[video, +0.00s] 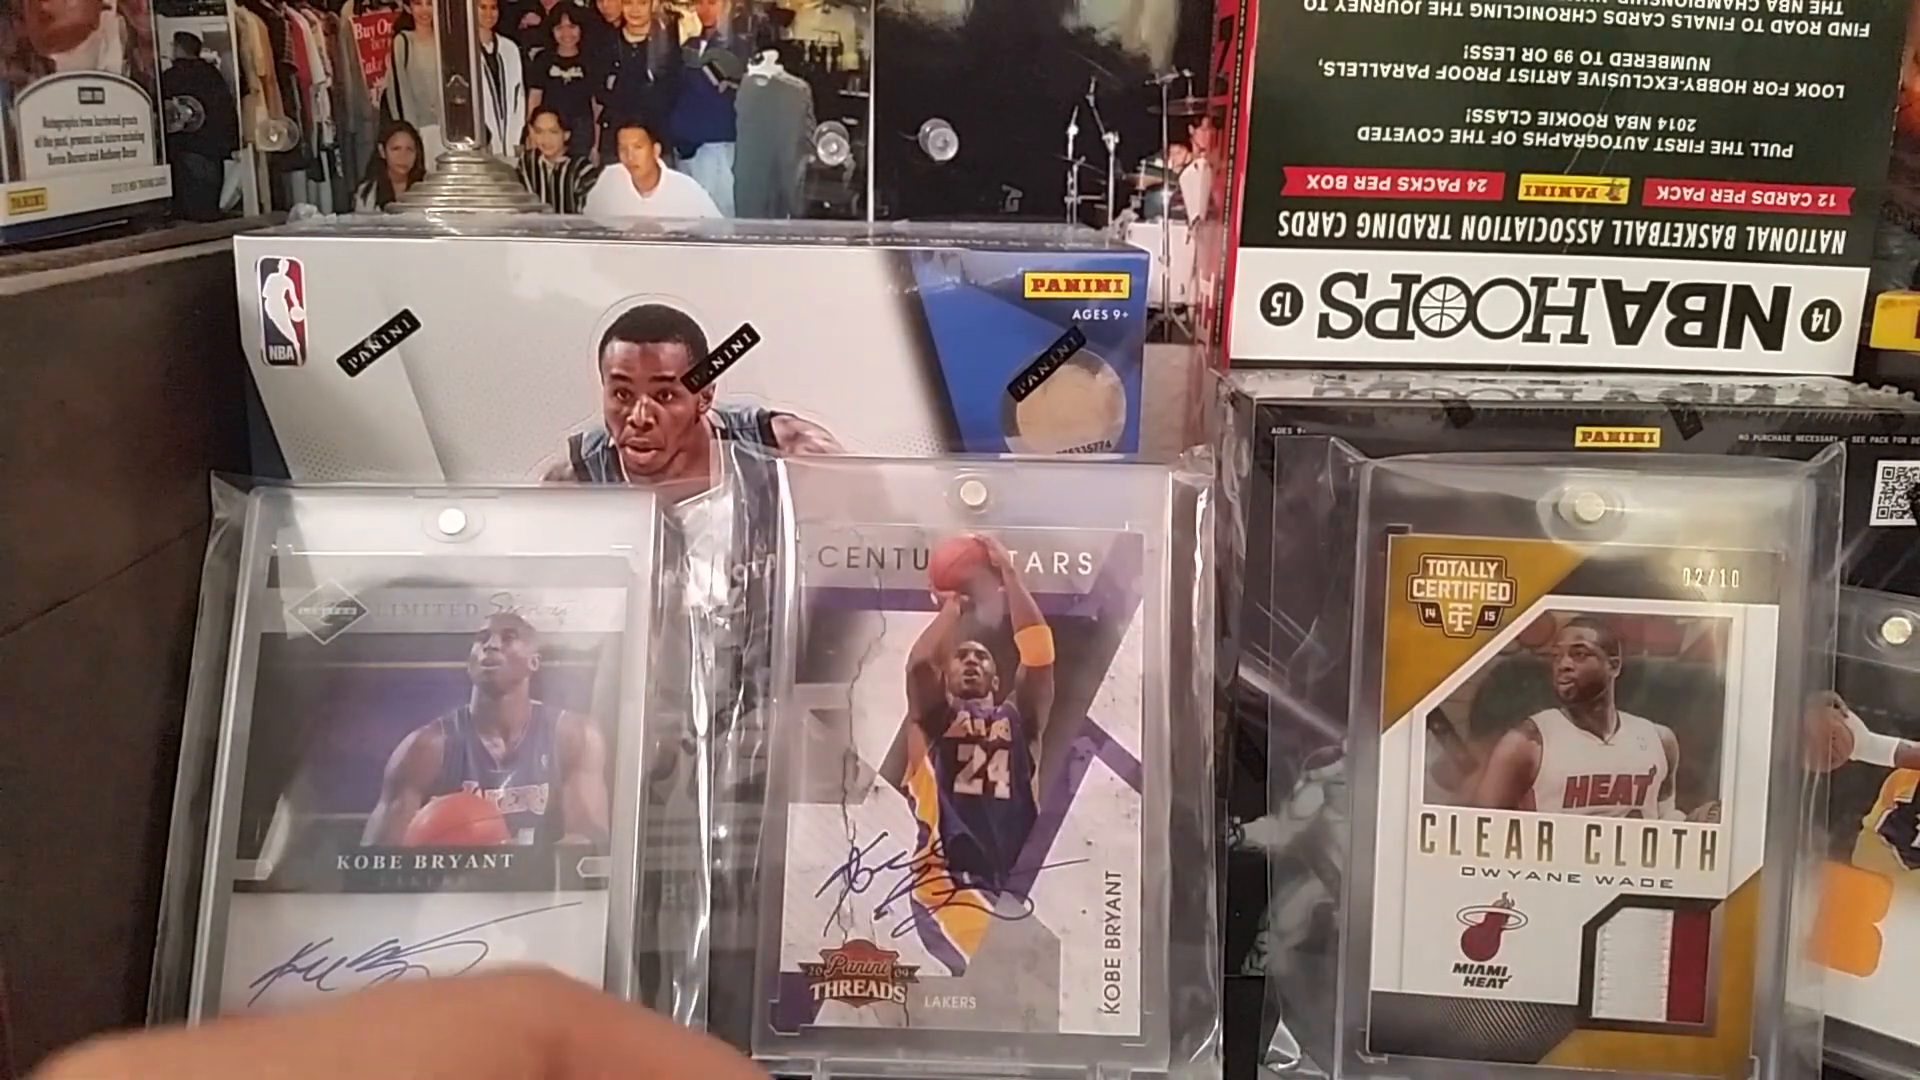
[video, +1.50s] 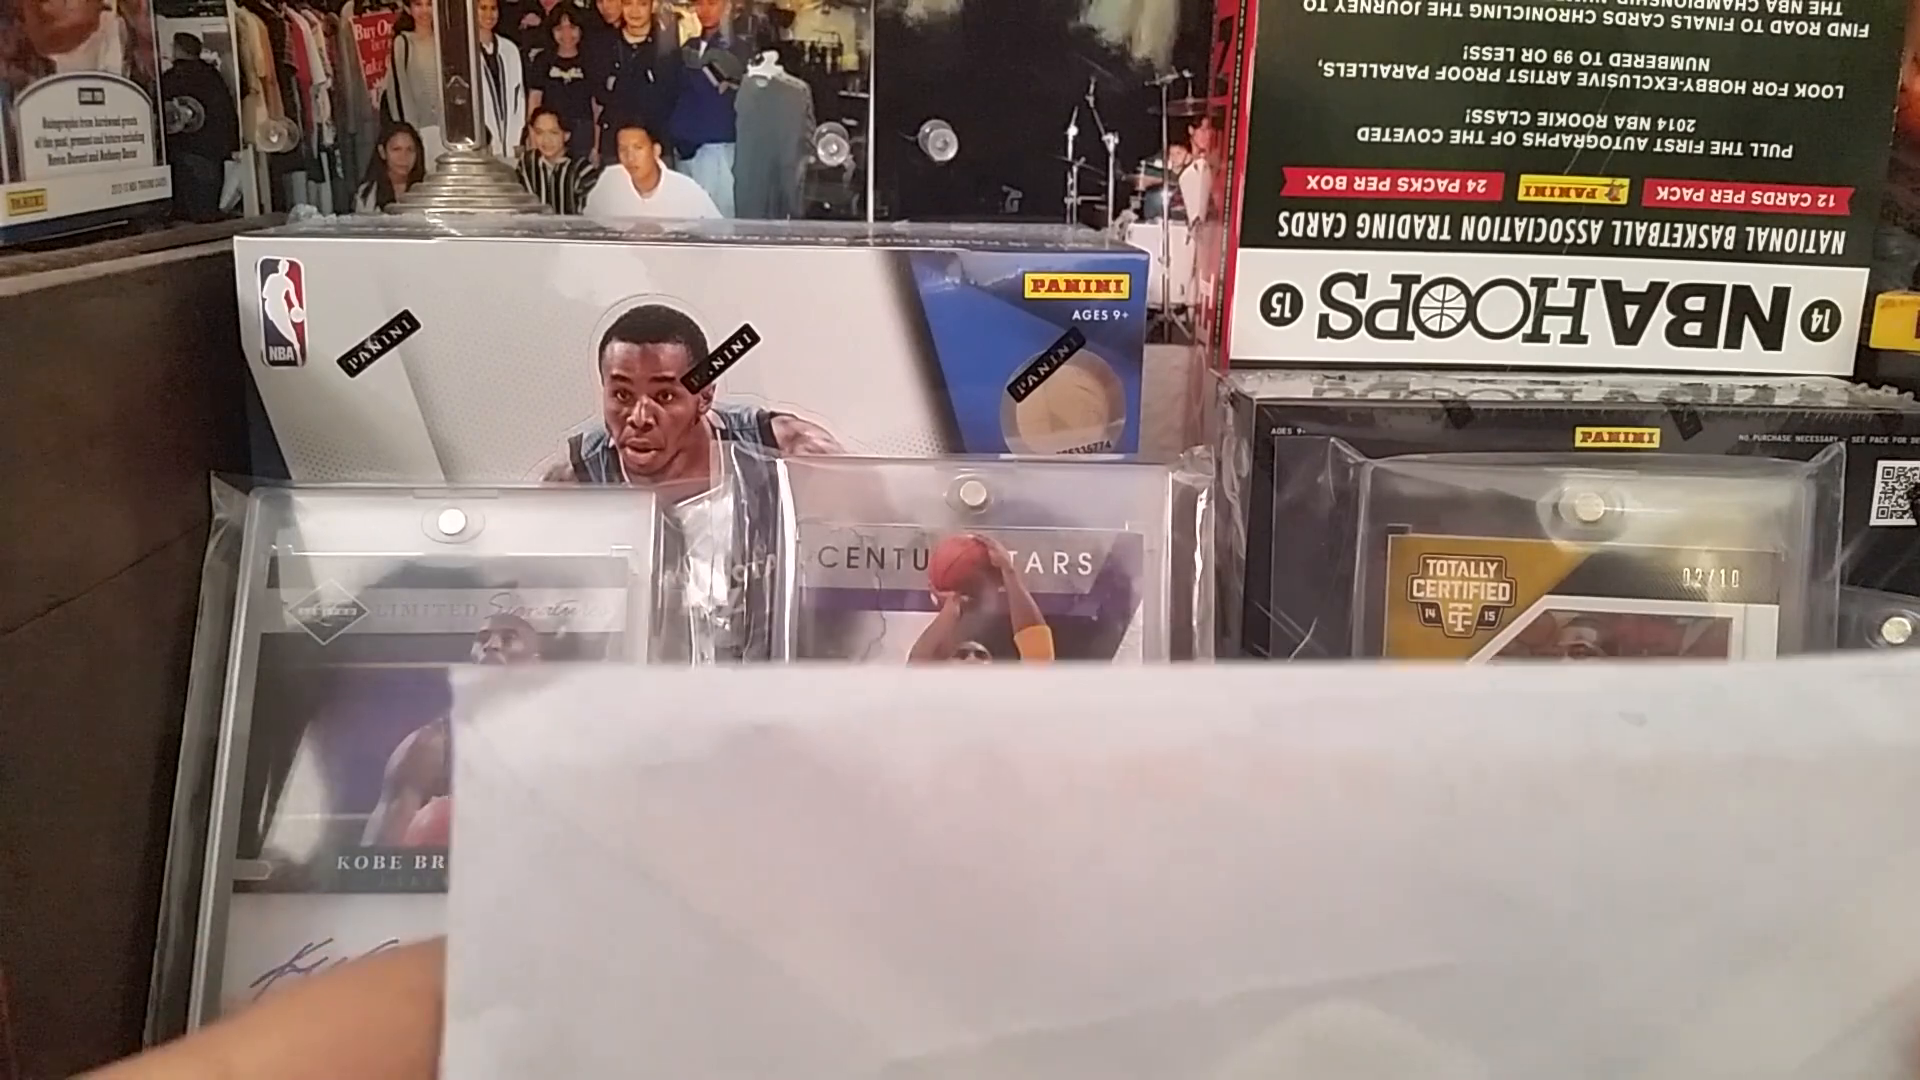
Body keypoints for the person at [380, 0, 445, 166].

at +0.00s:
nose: (424, 10)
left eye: (429, 4)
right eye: (418, 4)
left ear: (436, 7)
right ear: (408, 8)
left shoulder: (443, 38)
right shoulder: (402, 40)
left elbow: (453, 77)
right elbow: (401, 84)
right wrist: (410, 125)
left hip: (447, 117)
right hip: (420, 120)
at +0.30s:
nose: (424, 10)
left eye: (429, 4)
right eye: (418, 5)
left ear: (436, 8)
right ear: (409, 9)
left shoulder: (443, 38)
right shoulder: (402, 41)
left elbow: (453, 77)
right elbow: (402, 84)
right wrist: (410, 125)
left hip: (446, 116)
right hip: (420, 120)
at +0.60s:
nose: (424, 10)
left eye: (429, 4)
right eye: (418, 4)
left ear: (435, 7)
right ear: (408, 9)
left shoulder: (442, 38)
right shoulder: (402, 41)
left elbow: (452, 77)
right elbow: (401, 84)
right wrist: (410, 125)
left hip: (446, 116)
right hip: (419, 119)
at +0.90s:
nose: (425, 10)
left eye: (429, 4)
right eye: (418, 4)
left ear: (435, 7)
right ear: (408, 9)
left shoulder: (442, 38)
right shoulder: (403, 41)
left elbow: (452, 77)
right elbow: (402, 84)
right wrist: (410, 125)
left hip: (446, 115)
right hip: (420, 118)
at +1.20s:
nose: (425, 10)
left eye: (429, 4)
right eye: (418, 5)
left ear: (435, 8)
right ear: (408, 9)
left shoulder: (442, 38)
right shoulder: (403, 41)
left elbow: (452, 77)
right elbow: (402, 84)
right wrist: (410, 126)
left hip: (447, 116)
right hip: (420, 120)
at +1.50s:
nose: (425, 10)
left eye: (429, 4)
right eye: (418, 5)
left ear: (436, 8)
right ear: (408, 9)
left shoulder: (442, 39)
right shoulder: (402, 41)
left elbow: (452, 78)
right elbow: (401, 85)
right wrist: (409, 125)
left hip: (446, 117)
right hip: (419, 120)